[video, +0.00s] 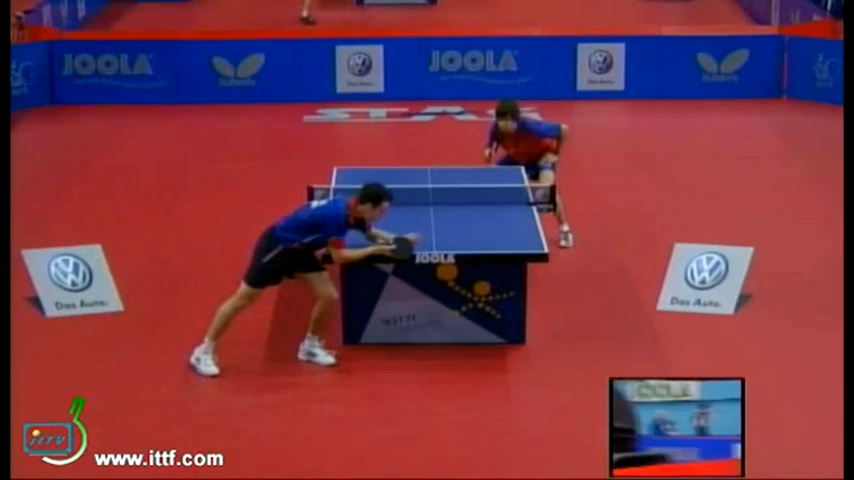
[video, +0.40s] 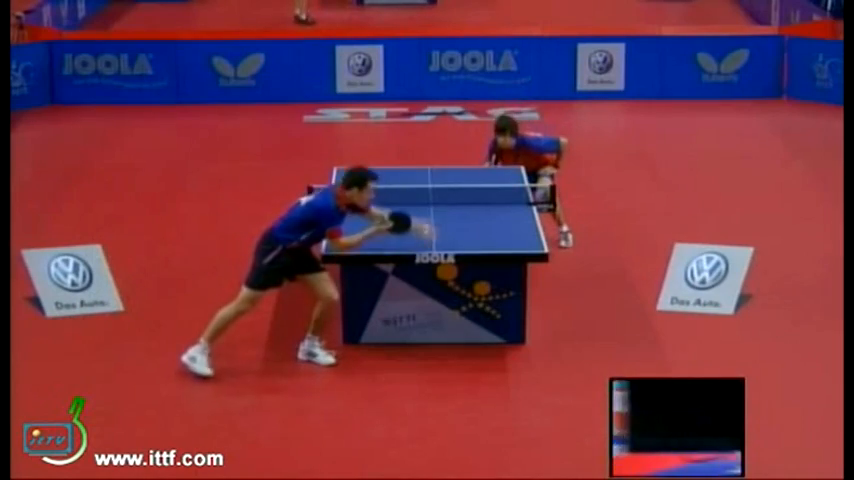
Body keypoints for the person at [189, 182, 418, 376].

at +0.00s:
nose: (380, 215)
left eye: (382, 211)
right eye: (379, 210)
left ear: (365, 206)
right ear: (363, 205)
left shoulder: (354, 215)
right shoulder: (336, 217)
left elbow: (369, 234)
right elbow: (337, 257)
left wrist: (395, 241)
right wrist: (375, 251)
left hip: (303, 250)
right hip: (275, 245)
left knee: (328, 296)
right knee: (243, 299)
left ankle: (311, 346)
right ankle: (205, 349)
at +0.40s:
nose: (368, 198)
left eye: (369, 193)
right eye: (366, 193)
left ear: (351, 190)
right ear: (349, 190)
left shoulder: (343, 198)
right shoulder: (327, 208)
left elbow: (371, 214)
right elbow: (339, 246)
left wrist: (406, 226)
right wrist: (374, 231)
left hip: (300, 251)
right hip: (274, 249)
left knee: (329, 297)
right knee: (244, 303)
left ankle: (311, 346)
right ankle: (199, 350)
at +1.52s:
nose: (339, 190)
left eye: (339, 185)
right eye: (337, 184)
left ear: (324, 182)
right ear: (324, 183)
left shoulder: (304, 203)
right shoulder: (300, 195)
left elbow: (316, 221)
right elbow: (305, 185)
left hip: (276, 254)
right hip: (258, 256)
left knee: (310, 284)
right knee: (252, 324)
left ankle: (296, 343)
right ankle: (196, 356)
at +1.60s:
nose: (348, 187)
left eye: (348, 184)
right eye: (347, 183)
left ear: (326, 177)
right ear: (339, 183)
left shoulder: (309, 189)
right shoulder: (321, 191)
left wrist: (353, 209)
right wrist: (355, 219)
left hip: (277, 252)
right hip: (268, 255)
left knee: (310, 285)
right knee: (278, 324)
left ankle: (296, 343)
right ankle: (218, 346)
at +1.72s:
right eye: (350, 178)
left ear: (330, 172)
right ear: (350, 181)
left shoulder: (308, 187)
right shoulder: (339, 199)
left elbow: (278, 196)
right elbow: (368, 222)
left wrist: (267, 205)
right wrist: (368, 214)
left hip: (272, 246)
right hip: (288, 252)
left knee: (310, 285)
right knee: (322, 317)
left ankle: (296, 343)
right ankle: (265, 347)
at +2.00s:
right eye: (362, 173)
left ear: (340, 170)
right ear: (363, 177)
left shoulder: (320, 191)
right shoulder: (362, 201)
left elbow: (285, 215)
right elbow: (378, 243)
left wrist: (290, 210)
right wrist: (390, 233)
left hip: (311, 256)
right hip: (343, 258)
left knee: (307, 301)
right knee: (381, 311)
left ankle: (273, 351)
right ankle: (409, 372)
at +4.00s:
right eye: (605, 231)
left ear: (583, 235)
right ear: (607, 236)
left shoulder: (562, 262)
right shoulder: (608, 262)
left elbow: (539, 299)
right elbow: (654, 254)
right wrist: (649, 226)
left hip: (552, 337)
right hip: (573, 341)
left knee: (619, 344)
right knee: (584, 419)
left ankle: (631, 399)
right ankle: (521, 435)